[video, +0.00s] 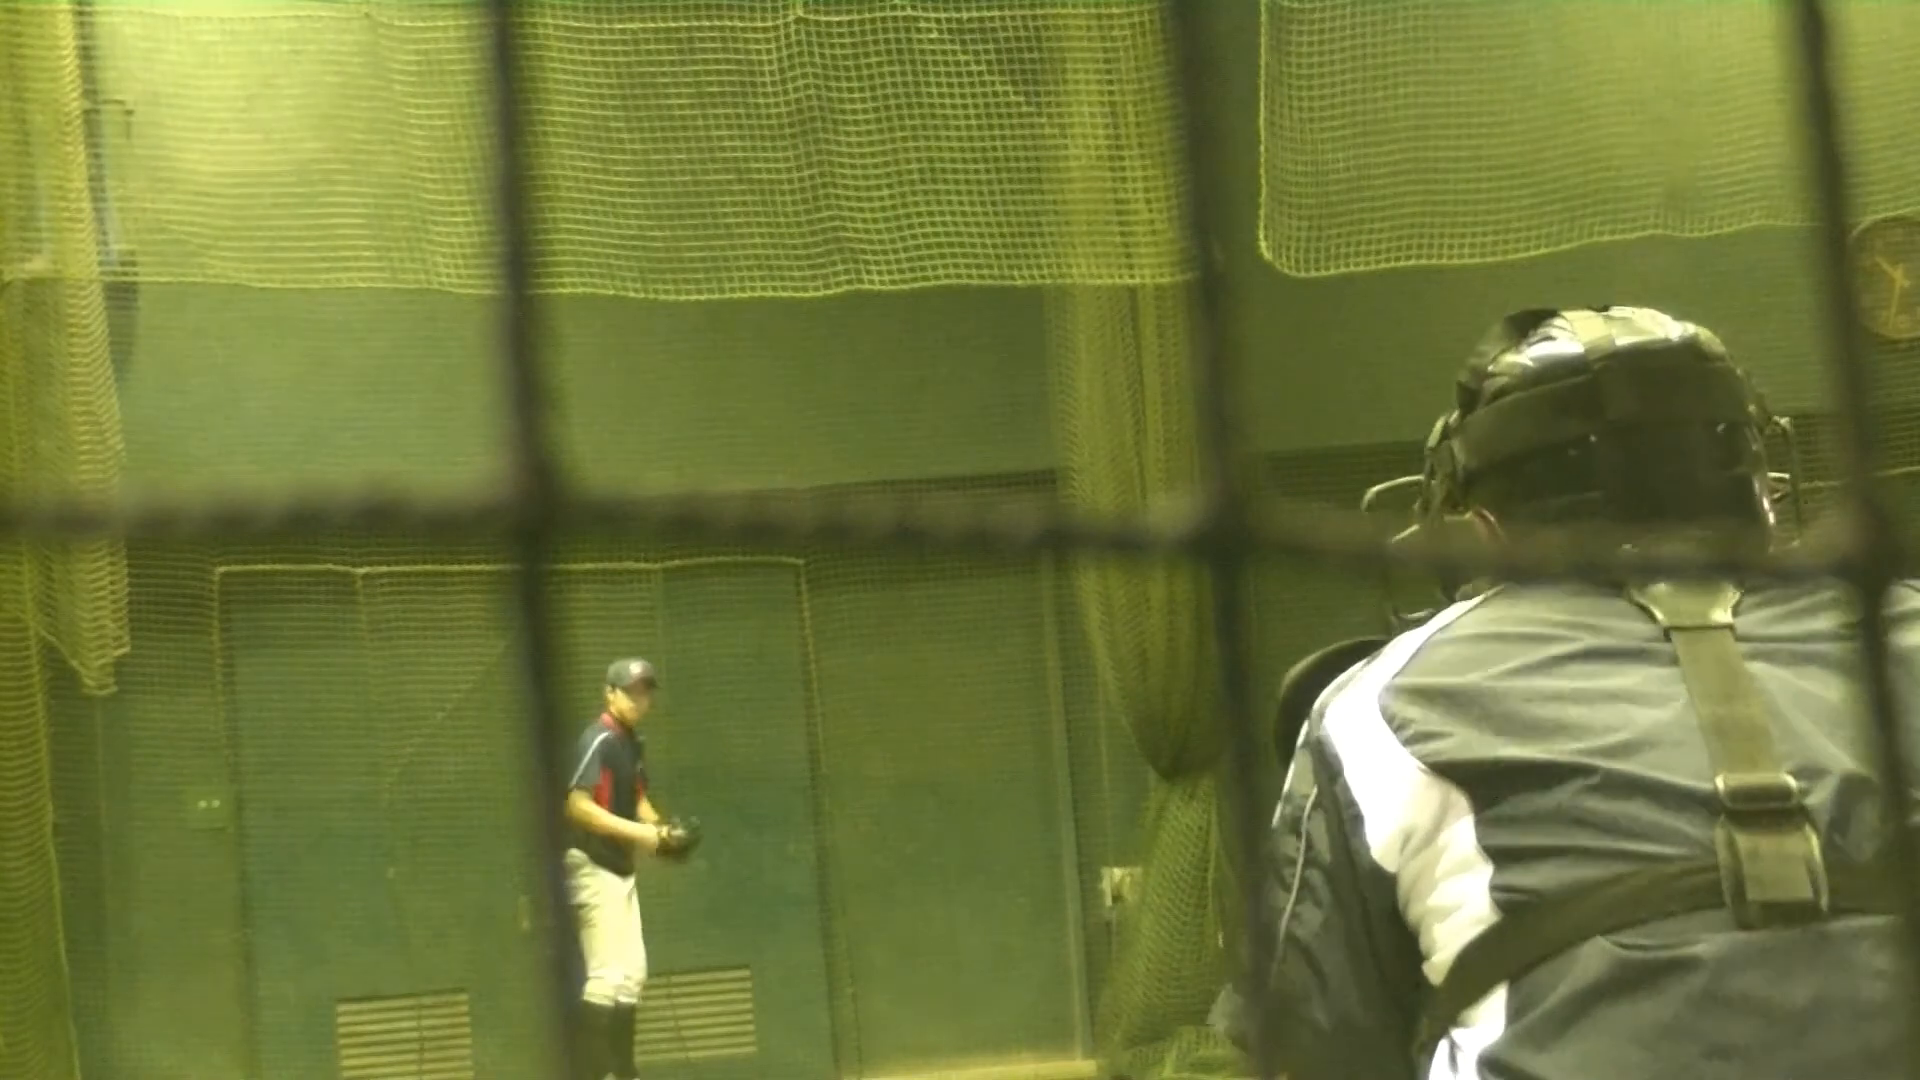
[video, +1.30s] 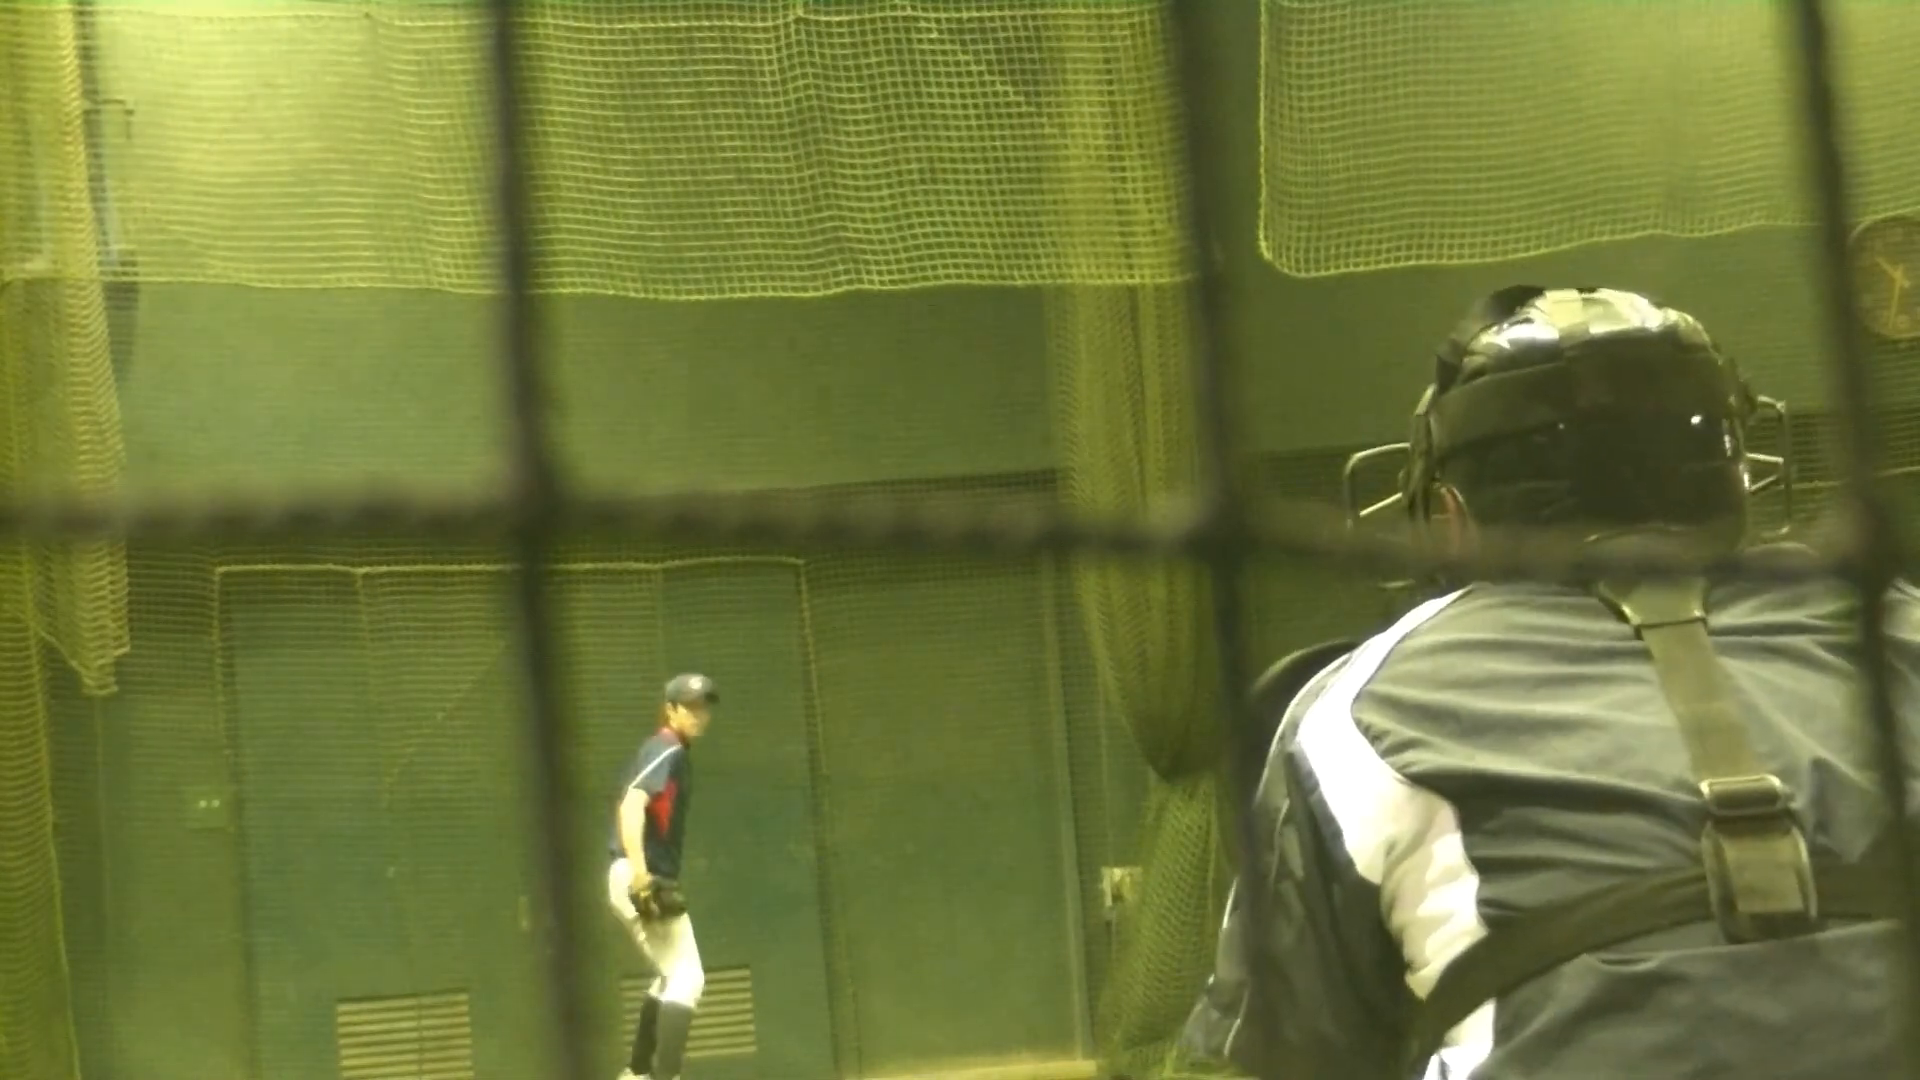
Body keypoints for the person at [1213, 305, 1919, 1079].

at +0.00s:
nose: (1432, 551)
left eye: (1442, 529)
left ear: (1486, 533)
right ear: (1760, 499)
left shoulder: (1372, 710)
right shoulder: (1895, 622)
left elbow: (1311, 1044)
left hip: (1592, 1033)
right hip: (1889, 1023)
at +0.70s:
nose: (1389, 540)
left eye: (1393, 516)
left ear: (1437, 527)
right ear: (1716, 487)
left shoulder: (1319, 722)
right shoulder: (1891, 625)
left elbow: (1281, 1055)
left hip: (1567, 1021)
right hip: (1888, 1009)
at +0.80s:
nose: (1400, 540)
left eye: (1403, 517)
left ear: (1441, 527)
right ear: (1718, 489)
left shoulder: (1324, 722)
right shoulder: (1892, 626)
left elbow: (1280, 1053)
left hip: (1572, 1021)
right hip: (1888, 1007)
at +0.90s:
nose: (1400, 543)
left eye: (1403, 519)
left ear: (1440, 530)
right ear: (1718, 487)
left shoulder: (1331, 723)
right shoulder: (1891, 619)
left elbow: (1284, 1053)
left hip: (1572, 1020)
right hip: (1887, 1007)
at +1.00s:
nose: (1404, 544)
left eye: (1406, 520)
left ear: (1442, 533)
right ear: (1719, 490)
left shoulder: (1335, 722)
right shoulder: (1894, 621)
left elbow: (1284, 1052)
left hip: (1575, 1024)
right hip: (1890, 1009)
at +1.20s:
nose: (1413, 541)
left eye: (1417, 519)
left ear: (1450, 531)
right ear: (1726, 494)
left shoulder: (1340, 719)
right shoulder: (1887, 626)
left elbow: (1282, 1049)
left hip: (1581, 1027)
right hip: (1883, 1017)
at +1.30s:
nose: (1415, 537)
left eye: (1418, 516)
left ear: (1454, 523)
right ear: (1731, 486)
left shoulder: (1344, 713)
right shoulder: (1889, 624)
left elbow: (1286, 1048)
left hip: (1584, 1025)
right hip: (1886, 1015)